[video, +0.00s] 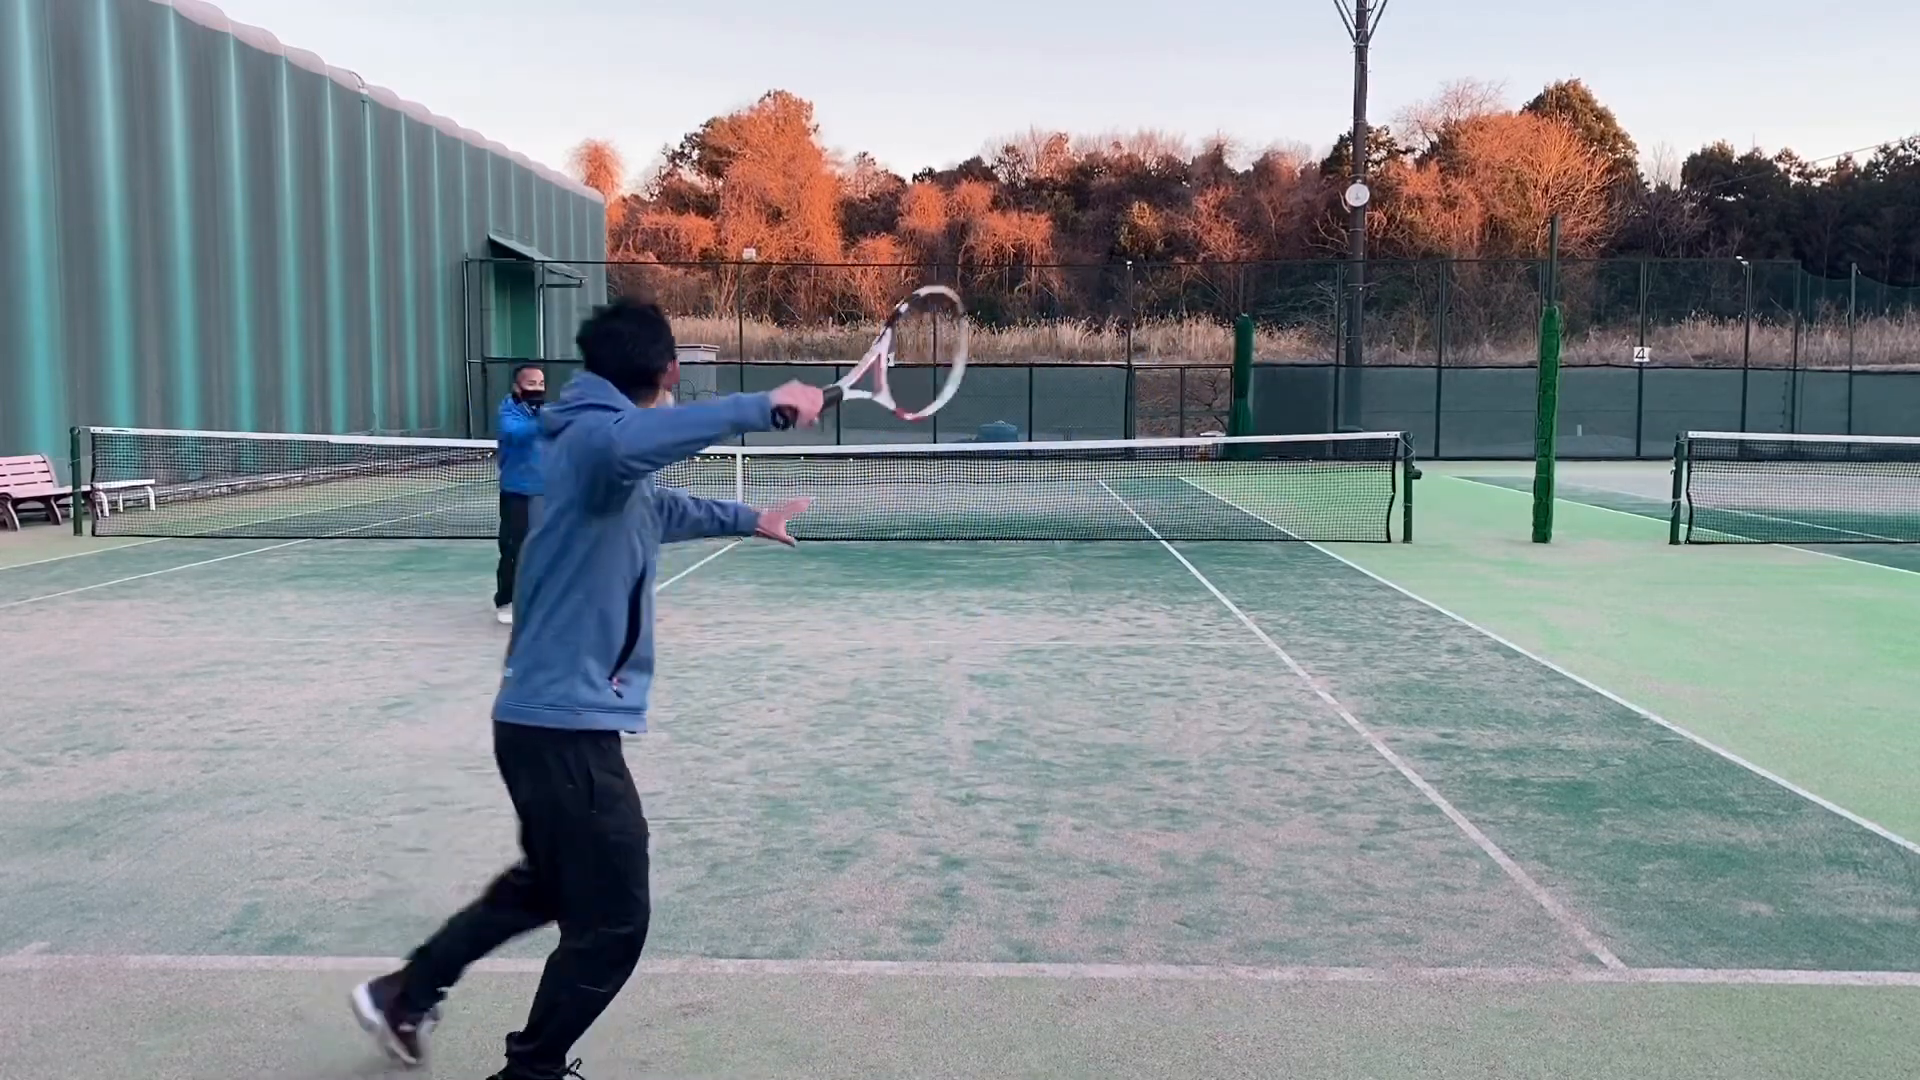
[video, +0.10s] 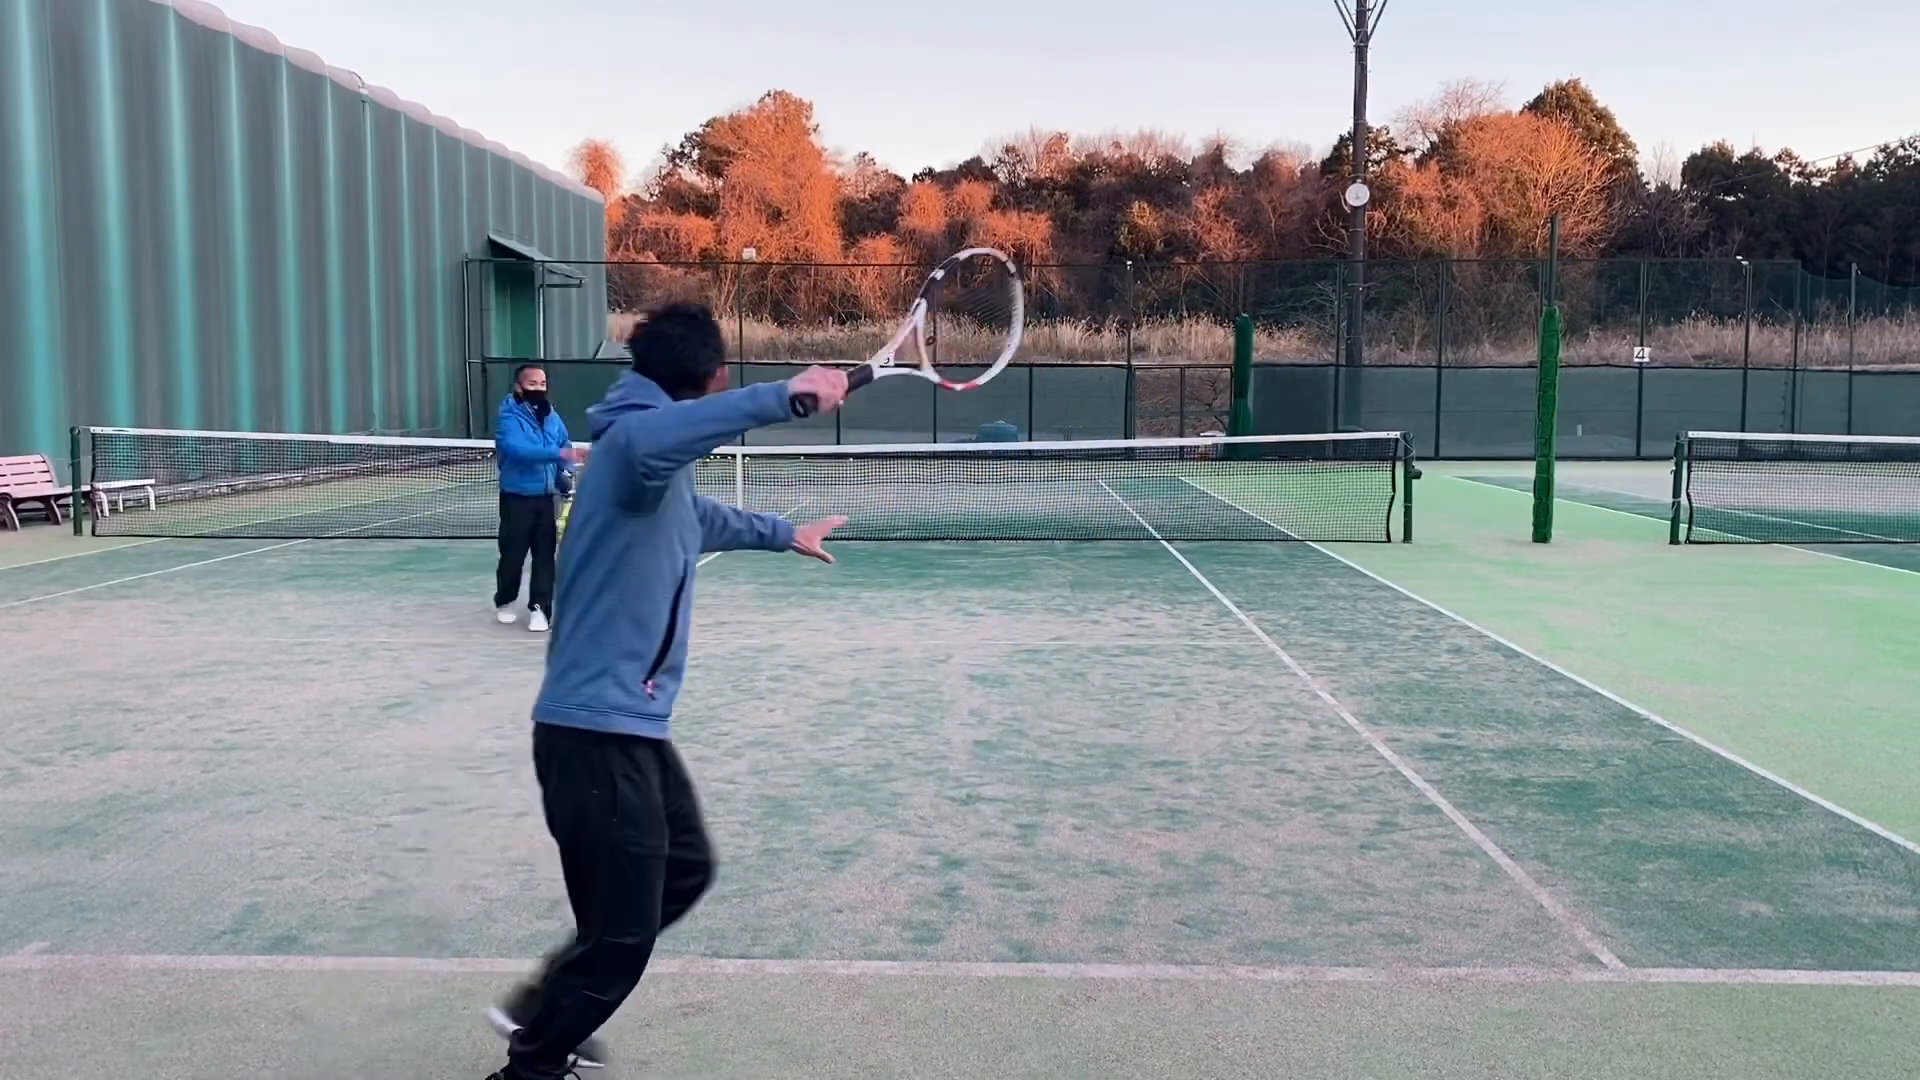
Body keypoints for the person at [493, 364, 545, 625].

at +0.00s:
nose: (536, 388)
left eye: (540, 383)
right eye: (530, 383)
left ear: (545, 385)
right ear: (517, 386)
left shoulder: (549, 411)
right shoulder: (509, 409)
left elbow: (560, 430)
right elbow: (512, 431)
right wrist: (544, 422)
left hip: (547, 487)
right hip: (516, 488)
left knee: (544, 546)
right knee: (512, 546)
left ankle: (540, 606)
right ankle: (505, 602)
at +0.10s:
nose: (539, 388)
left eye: (542, 383)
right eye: (532, 383)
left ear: (546, 385)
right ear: (519, 385)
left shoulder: (550, 414)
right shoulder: (509, 413)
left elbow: (564, 445)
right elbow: (514, 448)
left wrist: (565, 474)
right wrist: (557, 453)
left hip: (545, 494)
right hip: (516, 494)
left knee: (544, 555)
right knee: (513, 554)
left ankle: (540, 609)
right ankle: (504, 601)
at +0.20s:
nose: (540, 390)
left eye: (544, 385)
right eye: (534, 385)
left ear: (547, 386)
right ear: (520, 387)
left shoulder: (552, 416)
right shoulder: (509, 419)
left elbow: (565, 448)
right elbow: (523, 459)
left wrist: (566, 473)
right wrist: (561, 477)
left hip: (546, 494)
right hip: (516, 495)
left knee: (545, 557)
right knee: (513, 554)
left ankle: (540, 609)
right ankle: (505, 602)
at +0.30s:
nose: (541, 391)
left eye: (544, 386)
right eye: (535, 386)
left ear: (548, 388)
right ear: (521, 387)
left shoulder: (552, 416)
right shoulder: (510, 418)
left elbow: (565, 446)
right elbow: (522, 458)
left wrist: (565, 468)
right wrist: (558, 486)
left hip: (547, 494)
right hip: (517, 495)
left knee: (545, 556)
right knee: (513, 554)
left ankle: (540, 609)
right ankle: (505, 602)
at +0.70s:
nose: (544, 391)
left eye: (547, 386)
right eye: (538, 386)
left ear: (551, 387)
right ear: (524, 388)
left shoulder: (553, 417)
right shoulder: (514, 419)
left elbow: (566, 449)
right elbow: (529, 459)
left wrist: (566, 469)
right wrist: (561, 489)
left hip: (546, 493)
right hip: (518, 495)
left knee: (546, 555)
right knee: (513, 554)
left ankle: (540, 609)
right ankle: (505, 602)